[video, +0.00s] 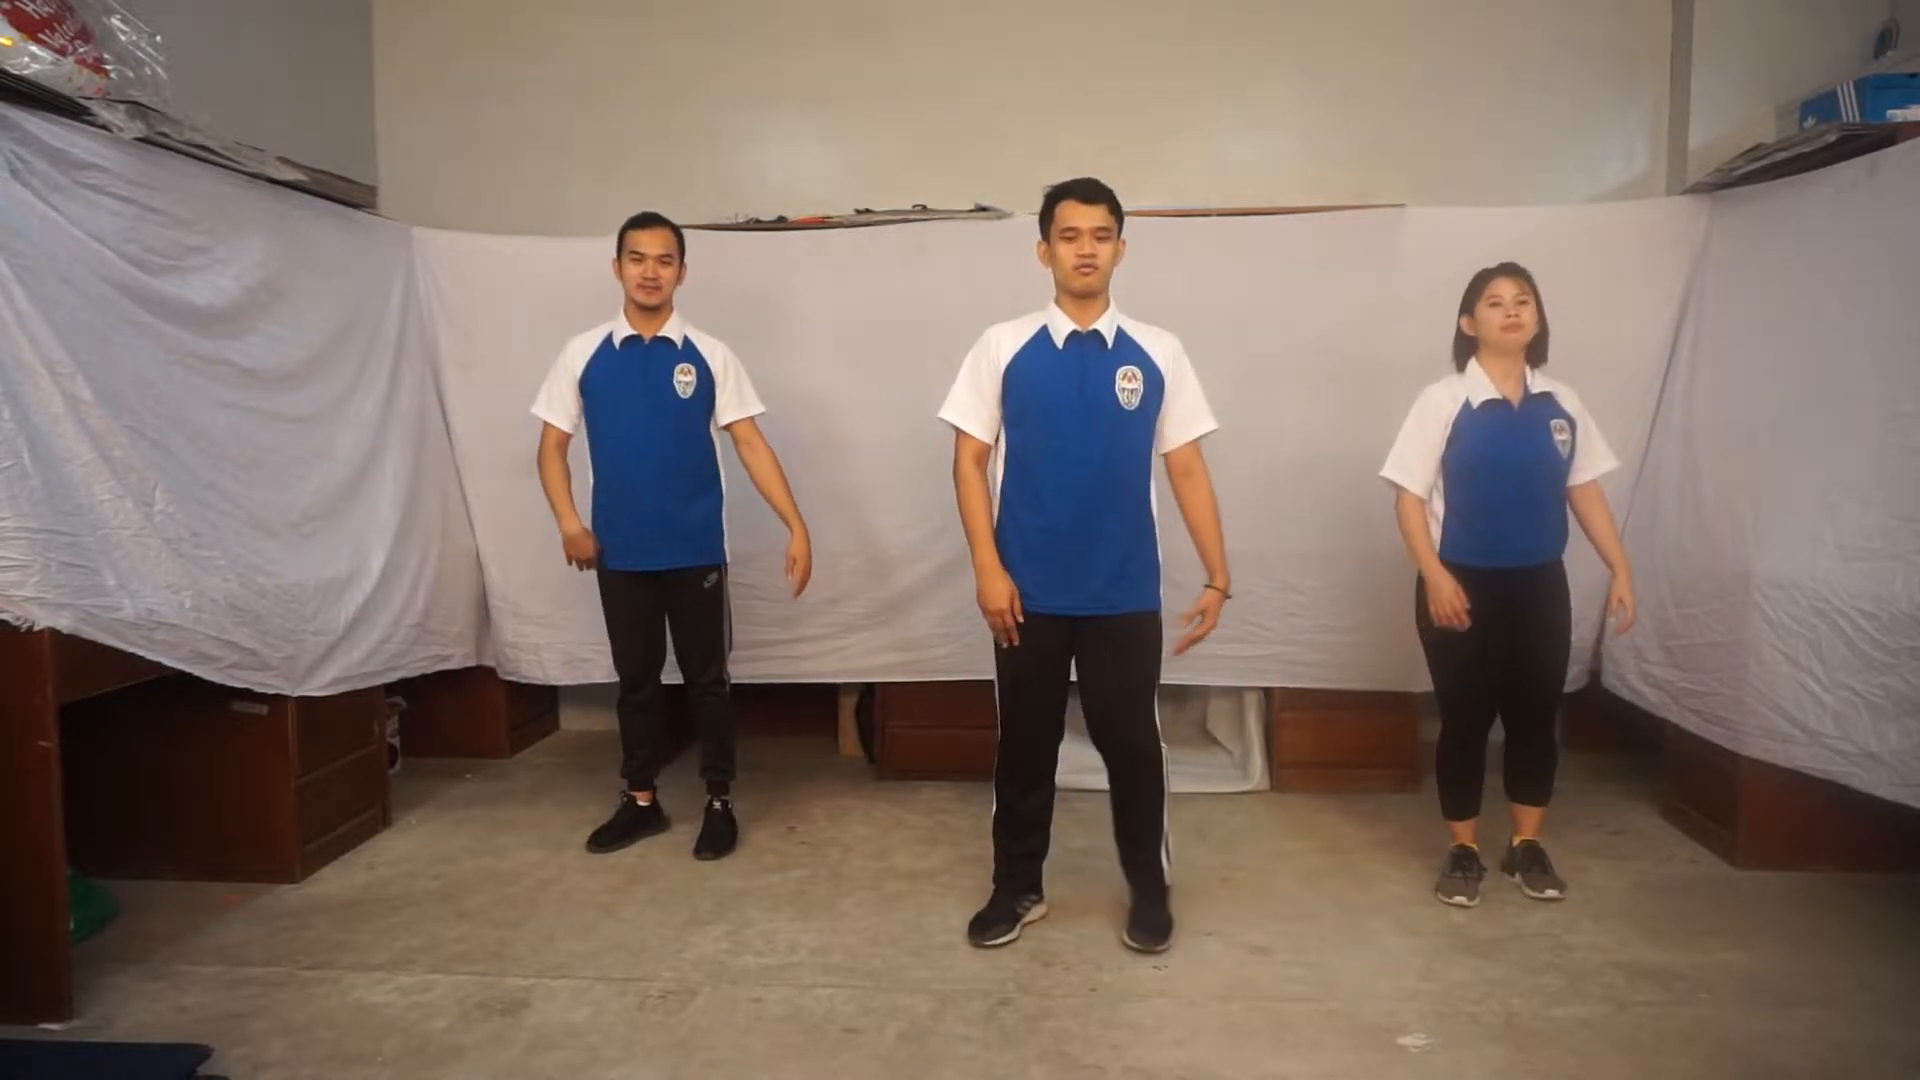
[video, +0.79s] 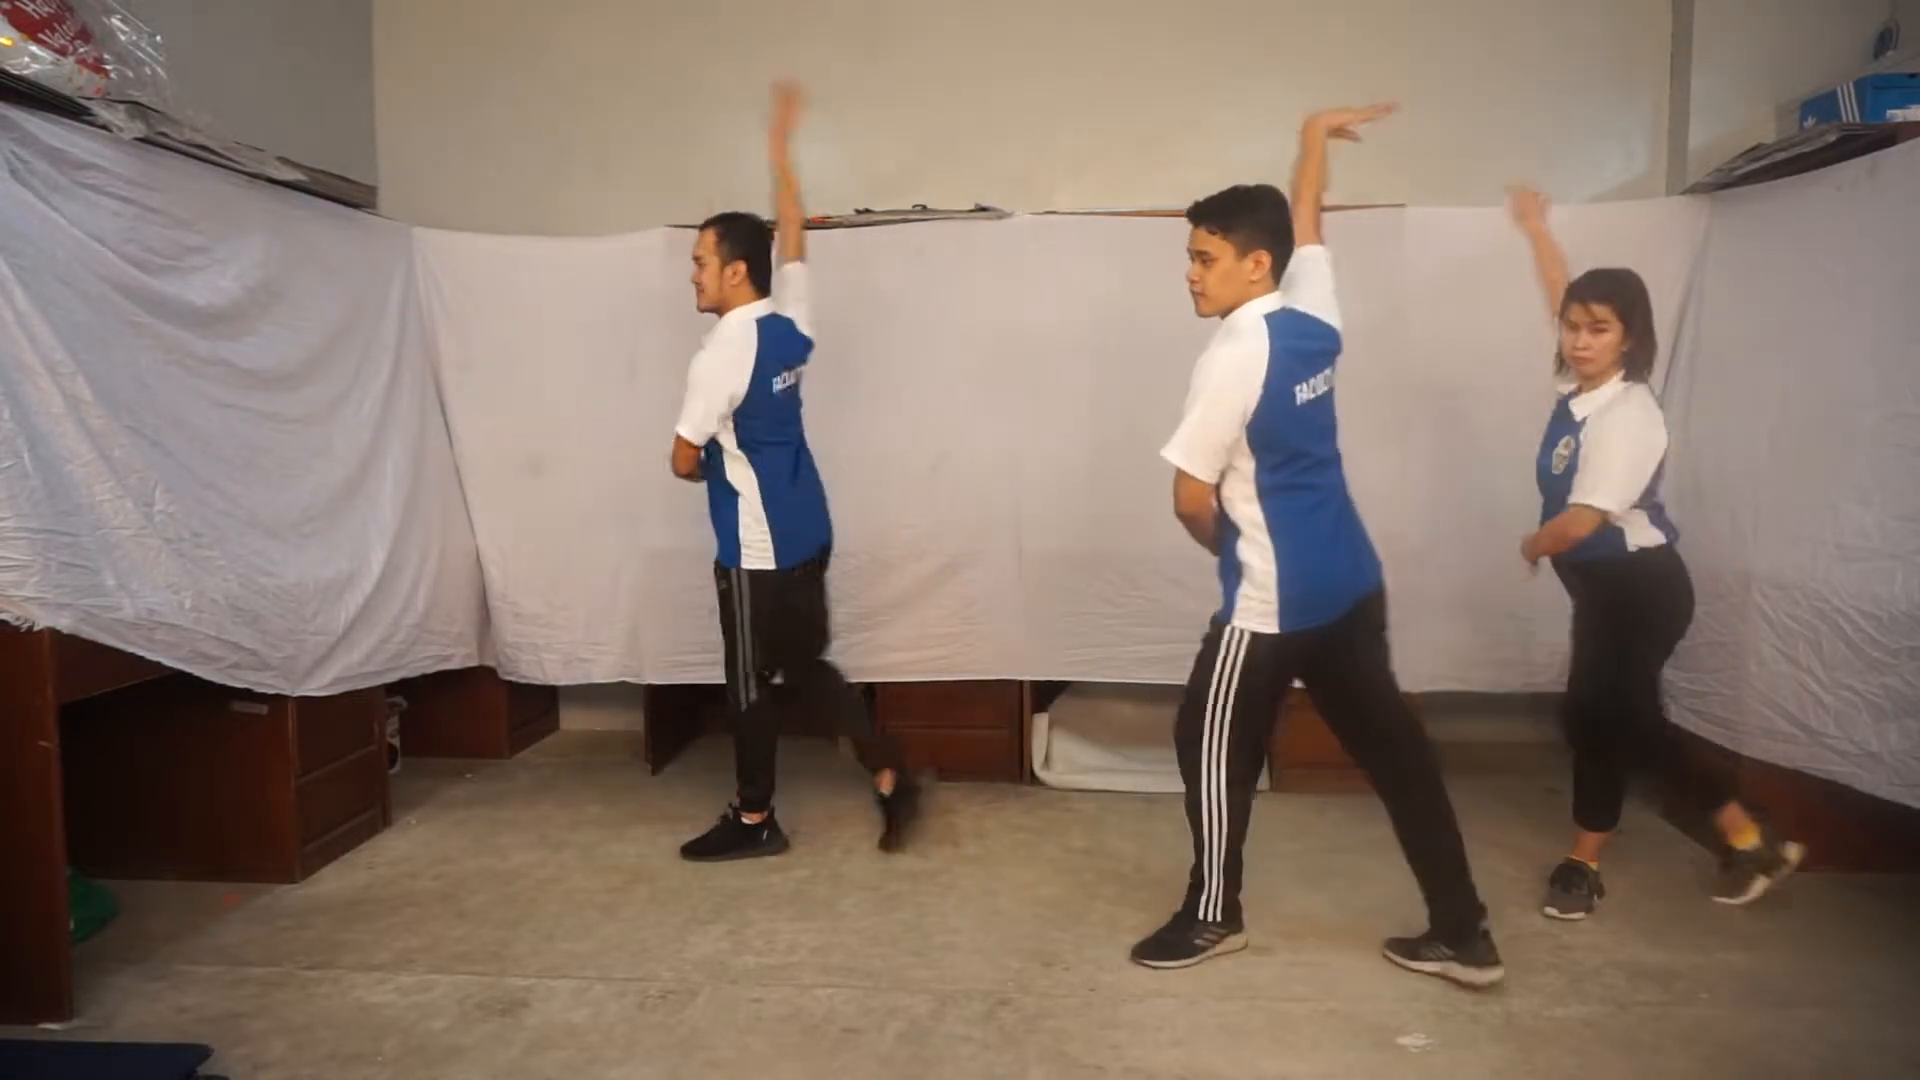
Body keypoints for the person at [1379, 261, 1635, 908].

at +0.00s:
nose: (1511, 310)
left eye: (1521, 302)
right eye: (1495, 303)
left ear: (1538, 319)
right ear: (1469, 322)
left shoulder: (1559, 398)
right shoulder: (1443, 399)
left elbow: (1585, 491)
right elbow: (1408, 496)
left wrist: (1620, 567)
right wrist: (1433, 573)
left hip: (1539, 586)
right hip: (1460, 587)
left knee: (1535, 716)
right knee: (1465, 721)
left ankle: (1527, 845)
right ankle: (1464, 849)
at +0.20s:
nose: (1518, 312)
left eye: (1528, 303)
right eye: (1503, 304)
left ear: (1545, 319)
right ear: (1476, 322)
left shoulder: (1567, 401)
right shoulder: (1451, 400)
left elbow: (1609, 483)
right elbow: (1432, 499)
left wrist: (1669, 537)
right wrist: (1509, 512)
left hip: (1546, 587)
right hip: (1462, 587)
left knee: (1557, 713)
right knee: (1465, 715)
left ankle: (1564, 850)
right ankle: (1461, 848)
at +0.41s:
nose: (1534, 321)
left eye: (1547, 310)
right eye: (1519, 312)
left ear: (1568, 323)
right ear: (1498, 329)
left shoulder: (1606, 399)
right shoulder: (1474, 409)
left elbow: (1650, 481)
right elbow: (1435, 504)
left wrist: (1688, 526)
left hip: (1580, 590)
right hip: (1491, 587)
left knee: (1569, 725)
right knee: (1480, 718)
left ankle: (1579, 862)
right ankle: (1460, 851)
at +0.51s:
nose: (1549, 324)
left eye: (1563, 312)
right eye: (1535, 314)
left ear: (1587, 323)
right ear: (1516, 327)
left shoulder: (1619, 396)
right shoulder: (1495, 405)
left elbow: (1659, 494)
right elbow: (1424, 466)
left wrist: (1605, 554)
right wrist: (1392, 401)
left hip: (1602, 587)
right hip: (1515, 584)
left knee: (1585, 723)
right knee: (1493, 713)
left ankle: (1581, 861)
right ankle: (1466, 849)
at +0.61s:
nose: (1565, 328)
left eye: (1581, 316)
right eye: (1552, 317)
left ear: (1610, 328)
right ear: (1537, 328)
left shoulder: (1630, 409)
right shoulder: (1523, 396)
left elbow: (1627, 512)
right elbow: (1462, 407)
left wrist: (1527, 564)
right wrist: (1440, 336)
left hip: (1622, 584)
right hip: (1547, 583)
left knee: (1596, 712)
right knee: (1514, 710)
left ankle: (1582, 857)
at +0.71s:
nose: (1575, 334)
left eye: (1592, 323)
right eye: (1567, 322)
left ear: (1622, 334)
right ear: (1552, 333)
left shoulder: (1630, 413)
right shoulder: (1553, 386)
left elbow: (1598, 520)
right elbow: (1520, 333)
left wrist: (1521, 554)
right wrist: (1489, 265)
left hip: (1633, 583)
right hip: (1575, 581)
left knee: (1602, 717)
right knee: (1562, 712)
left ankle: (1584, 860)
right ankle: (1696, 816)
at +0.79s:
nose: (1580, 340)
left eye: (1597, 328)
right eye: (1572, 326)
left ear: (1628, 339)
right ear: (1562, 329)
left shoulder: (1630, 412)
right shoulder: (1583, 389)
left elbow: (1589, 515)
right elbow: (1564, 307)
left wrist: (1536, 542)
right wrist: (1537, 231)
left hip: (1637, 584)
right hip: (1602, 580)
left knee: (1593, 716)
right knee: (1630, 722)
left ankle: (1583, 860)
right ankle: (1752, 842)